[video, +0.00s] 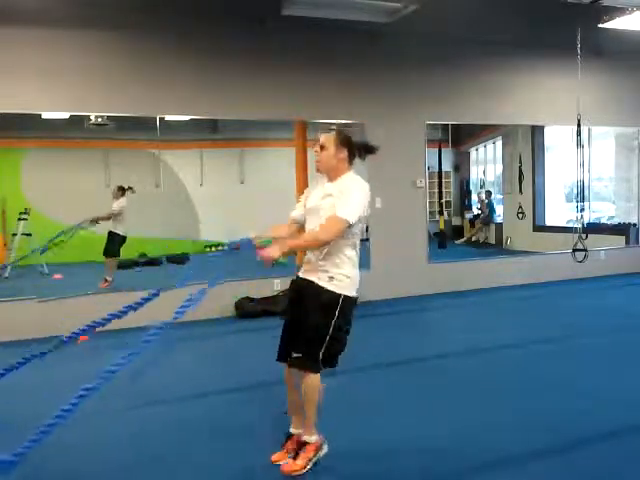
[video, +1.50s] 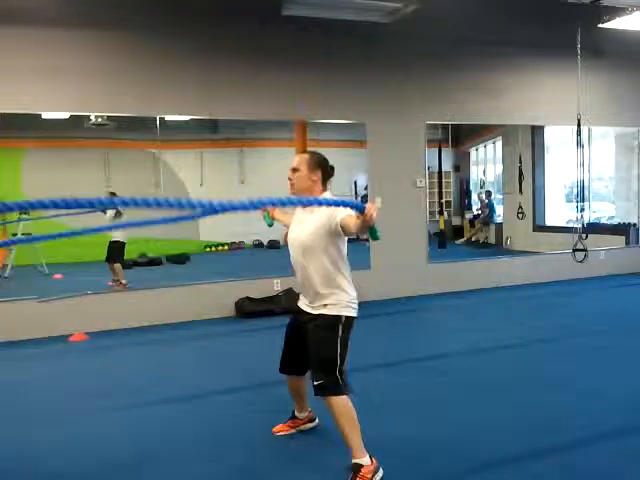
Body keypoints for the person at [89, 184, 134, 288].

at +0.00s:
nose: (113, 193)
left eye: (115, 192)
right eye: (114, 191)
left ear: (120, 193)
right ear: (121, 193)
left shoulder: (120, 203)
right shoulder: (121, 202)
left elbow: (110, 216)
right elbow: (111, 216)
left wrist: (97, 219)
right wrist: (98, 219)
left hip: (118, 232)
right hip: (116, 231)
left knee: (110, 256)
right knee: (111, 256)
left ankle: (109, 278)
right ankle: (109, 277)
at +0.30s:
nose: (116, 191)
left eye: (118, 190)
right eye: (117, 190)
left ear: (122, 190)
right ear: (124, 191)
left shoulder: (125, 200)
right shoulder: (120, 200)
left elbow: (111, 204)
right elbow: (109, 204)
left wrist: (97, 206)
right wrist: (96, 206)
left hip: (121, 230)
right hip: (117, 229)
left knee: (114, 255)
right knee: (113, 254)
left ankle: (113, 277)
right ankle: (113, 276)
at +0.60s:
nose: (114, 202)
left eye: (116, 200)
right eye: (114, 200)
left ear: (120, 201)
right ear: (120, 201)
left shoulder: (122, 210)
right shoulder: (116, 210)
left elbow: (124, 218)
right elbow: (111, 220)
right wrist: (101, 219)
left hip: (121, 239)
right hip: (116, 238)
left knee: (116, 262)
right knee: (111, 261)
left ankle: (120, 283)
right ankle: (116, 280)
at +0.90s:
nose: (118, 193)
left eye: (120, 191)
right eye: (118, 190)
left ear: (125, 192)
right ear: (123, 192)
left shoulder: (124, 204)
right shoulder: (121, 202)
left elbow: (118, 217)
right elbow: (117, 216)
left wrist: (105, 220)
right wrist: (105, 219)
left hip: (119, 232)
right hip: (115, 231)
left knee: (114, 257)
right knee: (111, 257)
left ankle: (116, 279)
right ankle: (114, 278)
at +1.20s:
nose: (118, 189)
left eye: (120, 187)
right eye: (119, 187)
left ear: (124, 189)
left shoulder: (125, 197)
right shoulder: (118, 199)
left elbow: (124, 204)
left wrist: (104, 204)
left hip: (121, 231)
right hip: (115, 230)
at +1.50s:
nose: (108, 201)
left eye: (109, 199)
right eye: (108, 199)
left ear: (113, 200)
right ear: (112, 200)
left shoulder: (116, 210)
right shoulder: (111, 210)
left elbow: (109, 219)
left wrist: (106, 212)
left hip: (119, 237)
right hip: (115, 236)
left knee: (116, 260)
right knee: (110, 260)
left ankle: (122, 280)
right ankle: (116, 279)